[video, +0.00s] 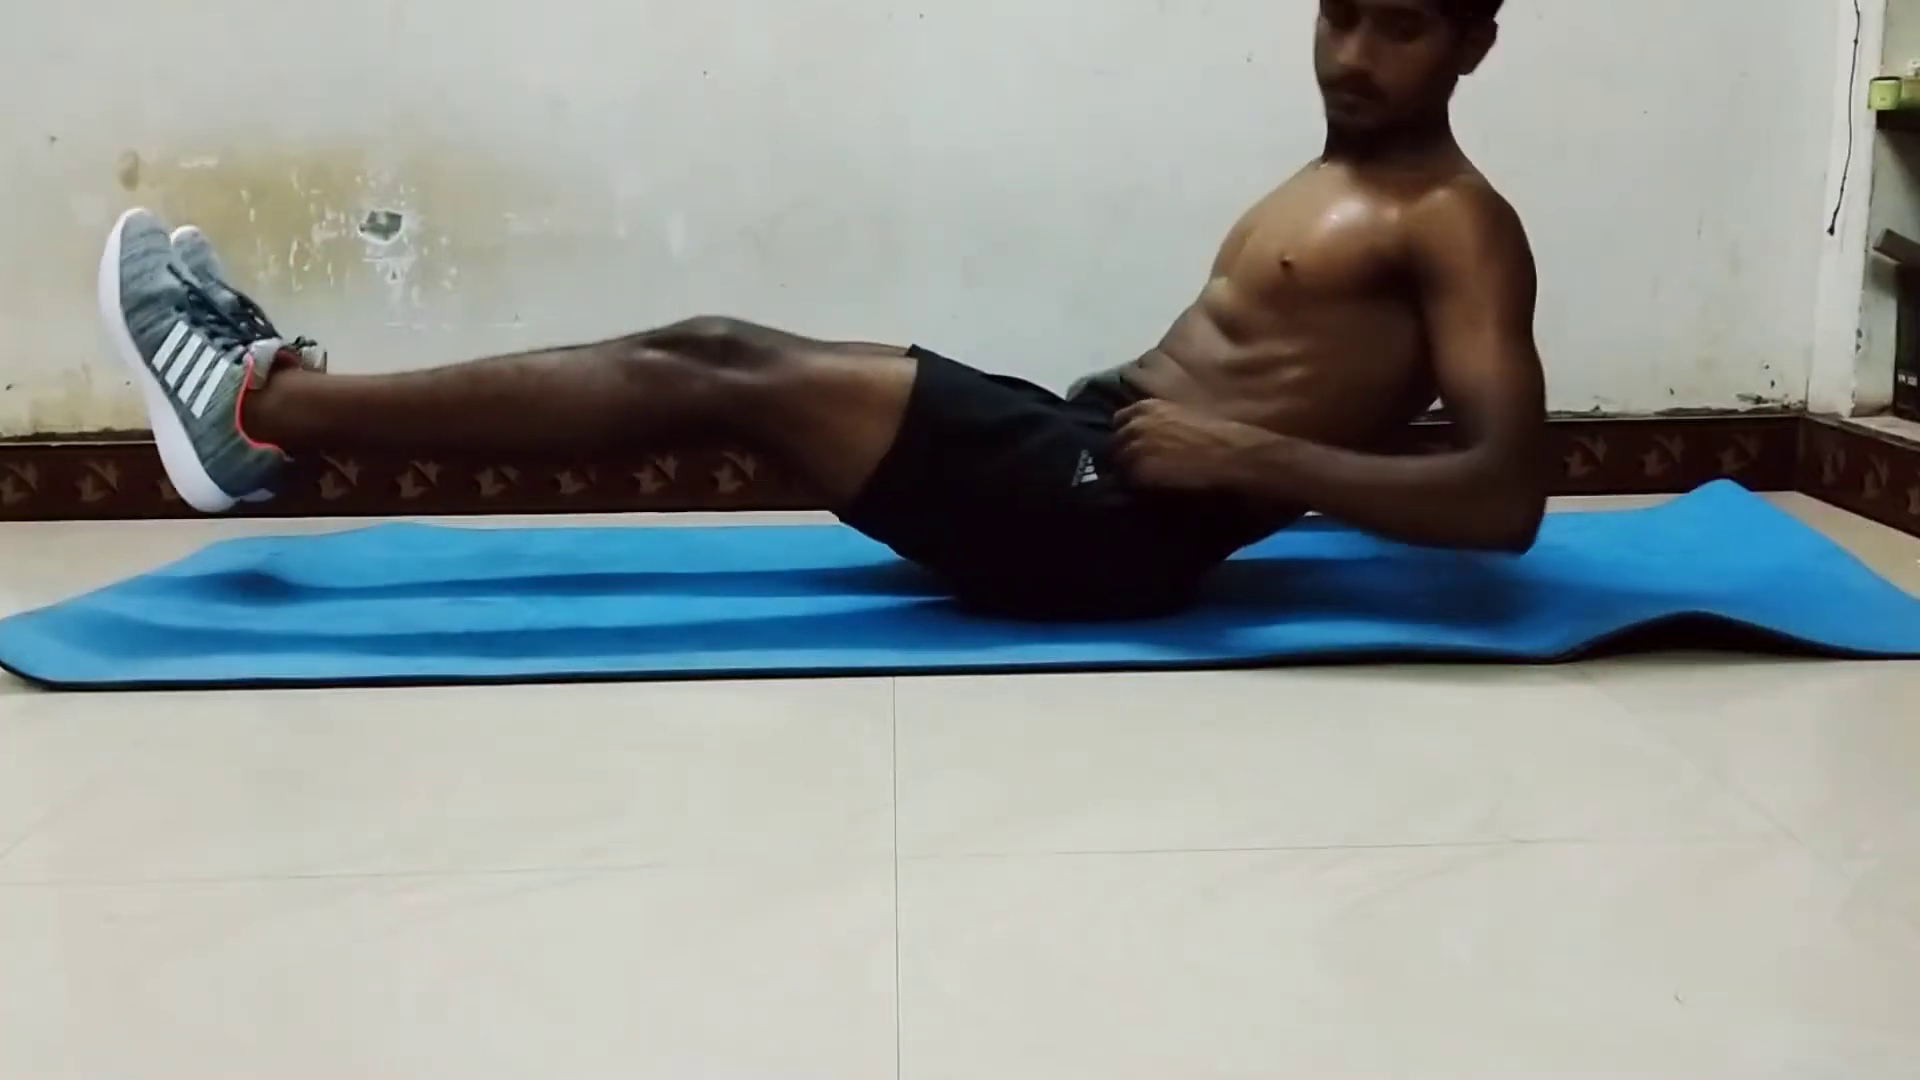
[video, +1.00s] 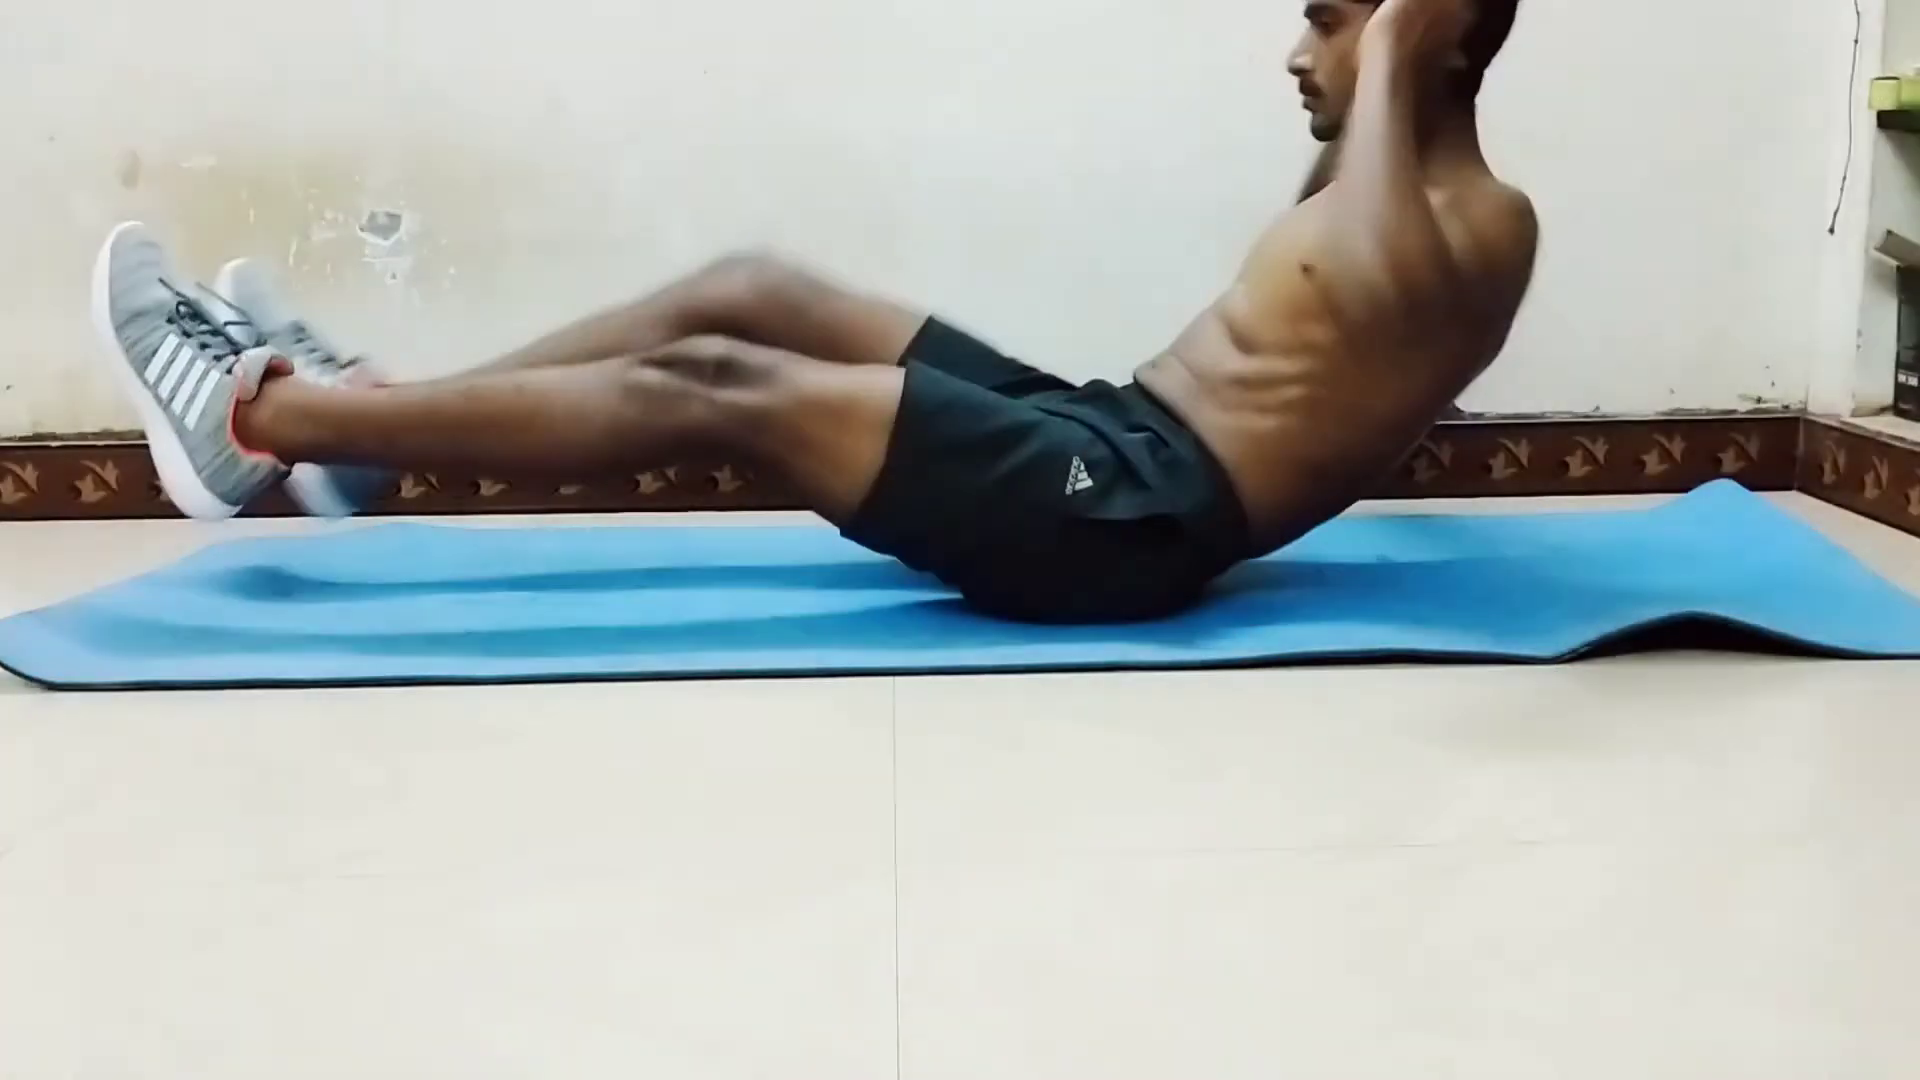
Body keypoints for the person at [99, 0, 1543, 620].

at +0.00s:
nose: (1347, 48)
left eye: (1392, 24)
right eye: (1337, 15)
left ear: (1472, 46)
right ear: (1319, 23)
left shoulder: (1458, 220)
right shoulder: (1337, 176)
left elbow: (1507, 494)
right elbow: (1309, 381)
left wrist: (1259, 462)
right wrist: (1157, 397)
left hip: (1123, 510)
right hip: (1079, 443)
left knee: (711, 368)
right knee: (706, 349)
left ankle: (264, 405)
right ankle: (287, 423)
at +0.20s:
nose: (1373, 64)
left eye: (1415, 41)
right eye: (1360, 27)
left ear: (1490, 60)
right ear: (1339, 28)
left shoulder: (1467, 244)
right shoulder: (1343, 183)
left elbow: (1474, 523)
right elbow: (1292, 381)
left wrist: (1221, 457)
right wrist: (1148, 374)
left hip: (1108, 513)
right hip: (1067, 445)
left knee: (704, 377)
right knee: (698, 357)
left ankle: (266, 416)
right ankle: (290, 428)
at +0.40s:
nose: (1392, 73)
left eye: (1437, 52)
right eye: (1378, 34)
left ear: (1505, 71)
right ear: (1351, 31)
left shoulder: (1475, 259)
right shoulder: (1340, 190)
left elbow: (1470, 525)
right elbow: (1280, 361)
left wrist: (1226, 441)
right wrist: (1155, 326)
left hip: (1114, 516)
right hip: (1074, 454)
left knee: (702, 378)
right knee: (700, 365)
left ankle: (262, 421)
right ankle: (290, 436)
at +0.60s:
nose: (1363, 68)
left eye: (1409, 47)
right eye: (1360, 35)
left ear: (1498, 70)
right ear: (1352, 40)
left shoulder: (1484, 264)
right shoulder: (1338, 198)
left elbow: (1483, 522)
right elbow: (1255, 385)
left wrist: (1293, 367)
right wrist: (1182, 269)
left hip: (1126, 503)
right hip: (1083, 456)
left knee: (707, 375)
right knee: (703, 360)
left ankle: (265, 414)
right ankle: (292, 453)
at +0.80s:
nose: (1324, 54)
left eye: (1360, 32)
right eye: (1333, 28)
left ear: (1475, 57)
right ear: (1420, 49)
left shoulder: (1498, 246)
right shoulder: (1367, 178)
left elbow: (1447, 468)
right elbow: (1296, 319)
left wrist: (1332, 207)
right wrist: (1267, 162)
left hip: (1139, 498)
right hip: (1093, 439)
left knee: (712, 369)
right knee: (709, 348)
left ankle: (272, 414)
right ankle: (313, 459)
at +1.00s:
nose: (1309, 49)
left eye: (1333, 18)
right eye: (1318, 24)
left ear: (1427, 29)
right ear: (1434, 46)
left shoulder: (1475, 212)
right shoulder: (1419, 195)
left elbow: (1388, 288)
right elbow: (1372, 291)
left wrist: (1379, 88)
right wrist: (1353, 105)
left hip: (1134, 506)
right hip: (1099, 432)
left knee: (716, 386)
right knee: (747, 291)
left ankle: (253, 419)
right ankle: (336, 446)